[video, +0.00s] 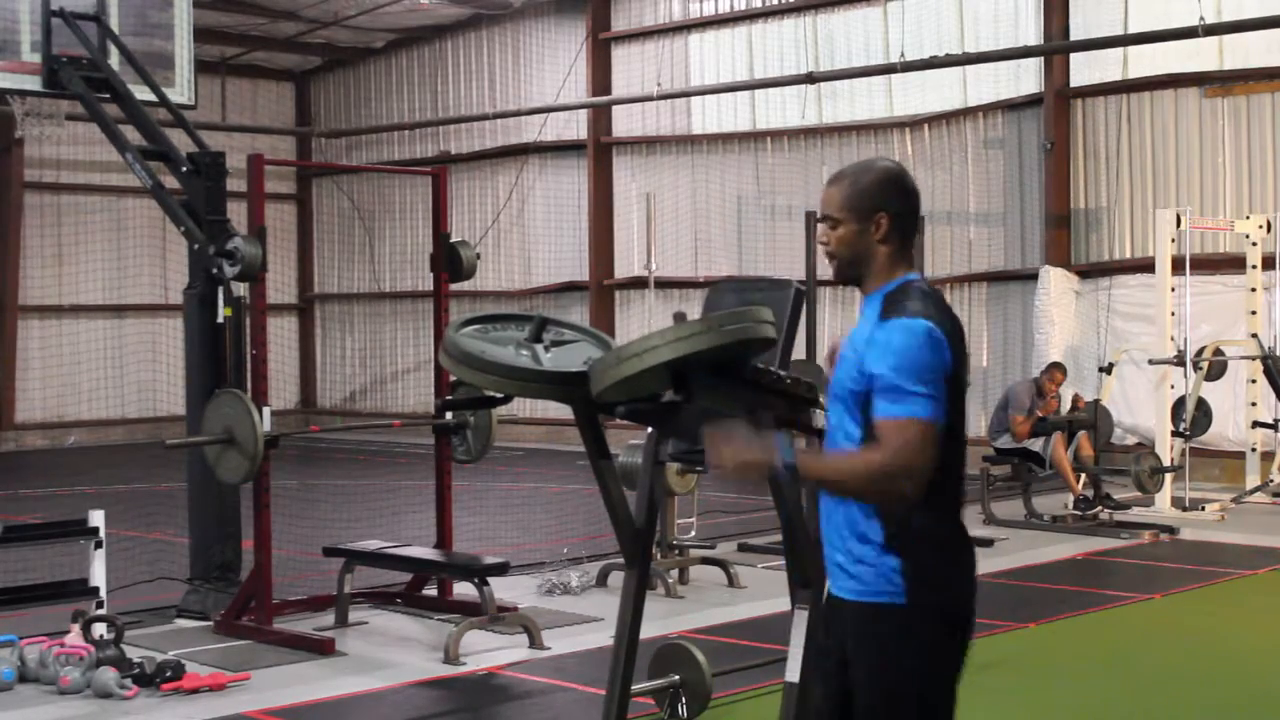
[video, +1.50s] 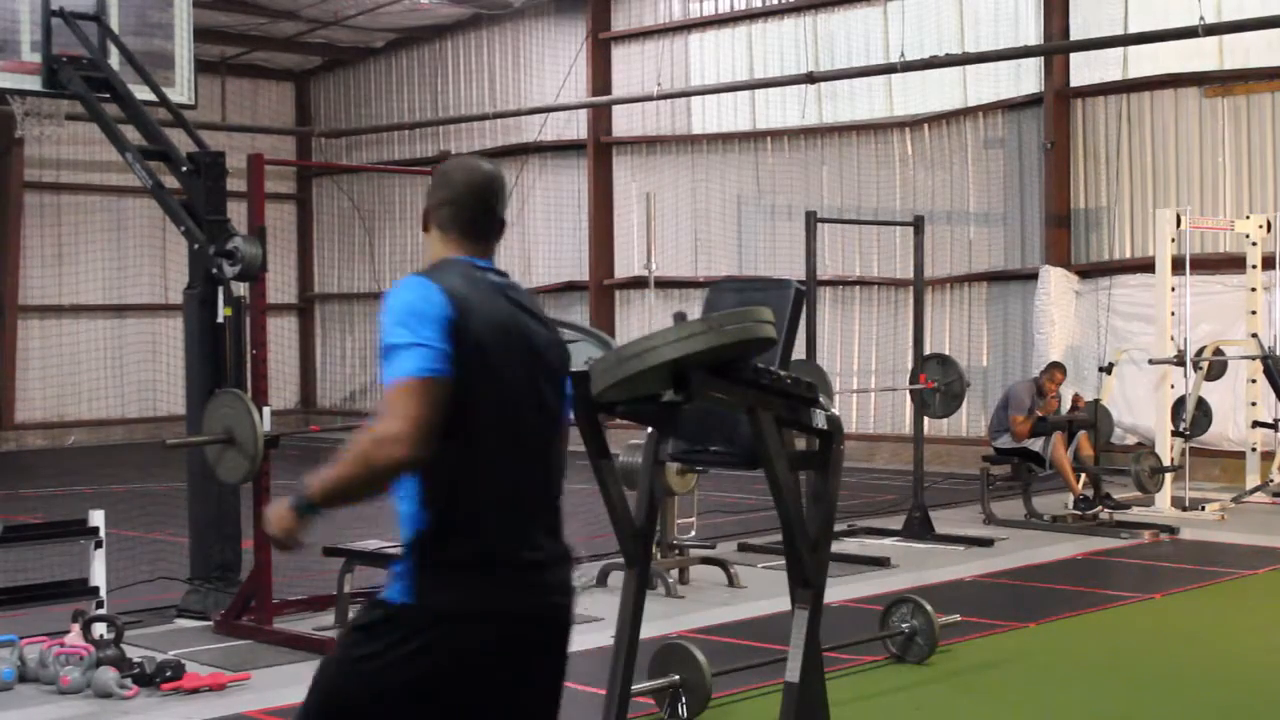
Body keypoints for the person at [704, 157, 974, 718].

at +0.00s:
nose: (821, 238)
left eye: (832, 223)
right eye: (821, 223)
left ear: (880, 228)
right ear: (874, 231)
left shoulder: (911, 330)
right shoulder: (883, 315)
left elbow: (904, 473)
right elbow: (876, 447)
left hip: (899, 599)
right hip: (856, 589)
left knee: (893, 711)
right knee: (825, 707)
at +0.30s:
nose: (825, 226)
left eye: (838, 211)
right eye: (828, 211)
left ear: (887, 222)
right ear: (880, 225)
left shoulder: (929, 340)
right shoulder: (874, 312)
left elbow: (964, 485)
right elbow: (887, 455)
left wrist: (849, 534)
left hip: (909, 617)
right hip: (843, 603)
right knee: (806, 711)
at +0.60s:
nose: (758, 243)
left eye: (768, 226)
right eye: (758, 227)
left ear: (817, 226)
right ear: (809, 228)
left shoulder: (893, 336)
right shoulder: (796, 318)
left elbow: (898, 487)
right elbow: (818, 468)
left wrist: (764, 519)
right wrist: (772, 561)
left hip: (872, 625)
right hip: (787, 603)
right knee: (735, 710)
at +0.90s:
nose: (581, 283)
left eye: (591, 263)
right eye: (580, 266)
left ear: (639, 256)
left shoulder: (742, 344)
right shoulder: (634, 372)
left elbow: (802, 478)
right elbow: (664, 521)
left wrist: (701, 574)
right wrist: (645, 631)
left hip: (765, 652)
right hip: (673, 652)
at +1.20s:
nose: (454, 263)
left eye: (454, 246)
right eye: (454, 248)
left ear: (474, 240)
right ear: (529, 234)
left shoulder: (553, 316)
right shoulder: (523, 323)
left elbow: (607, 449)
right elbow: (564, 497)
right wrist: (508, 606)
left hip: (588, 627)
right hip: (551, 624)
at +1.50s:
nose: (425, 220)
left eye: (426, 212)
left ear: (427, 218)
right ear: (499, 229)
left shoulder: (423, 294)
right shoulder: (538, 323)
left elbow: (402, 437)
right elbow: (546, 461)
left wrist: (302, 502)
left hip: (438, 601)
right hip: (537, 600)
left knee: (331, 711)